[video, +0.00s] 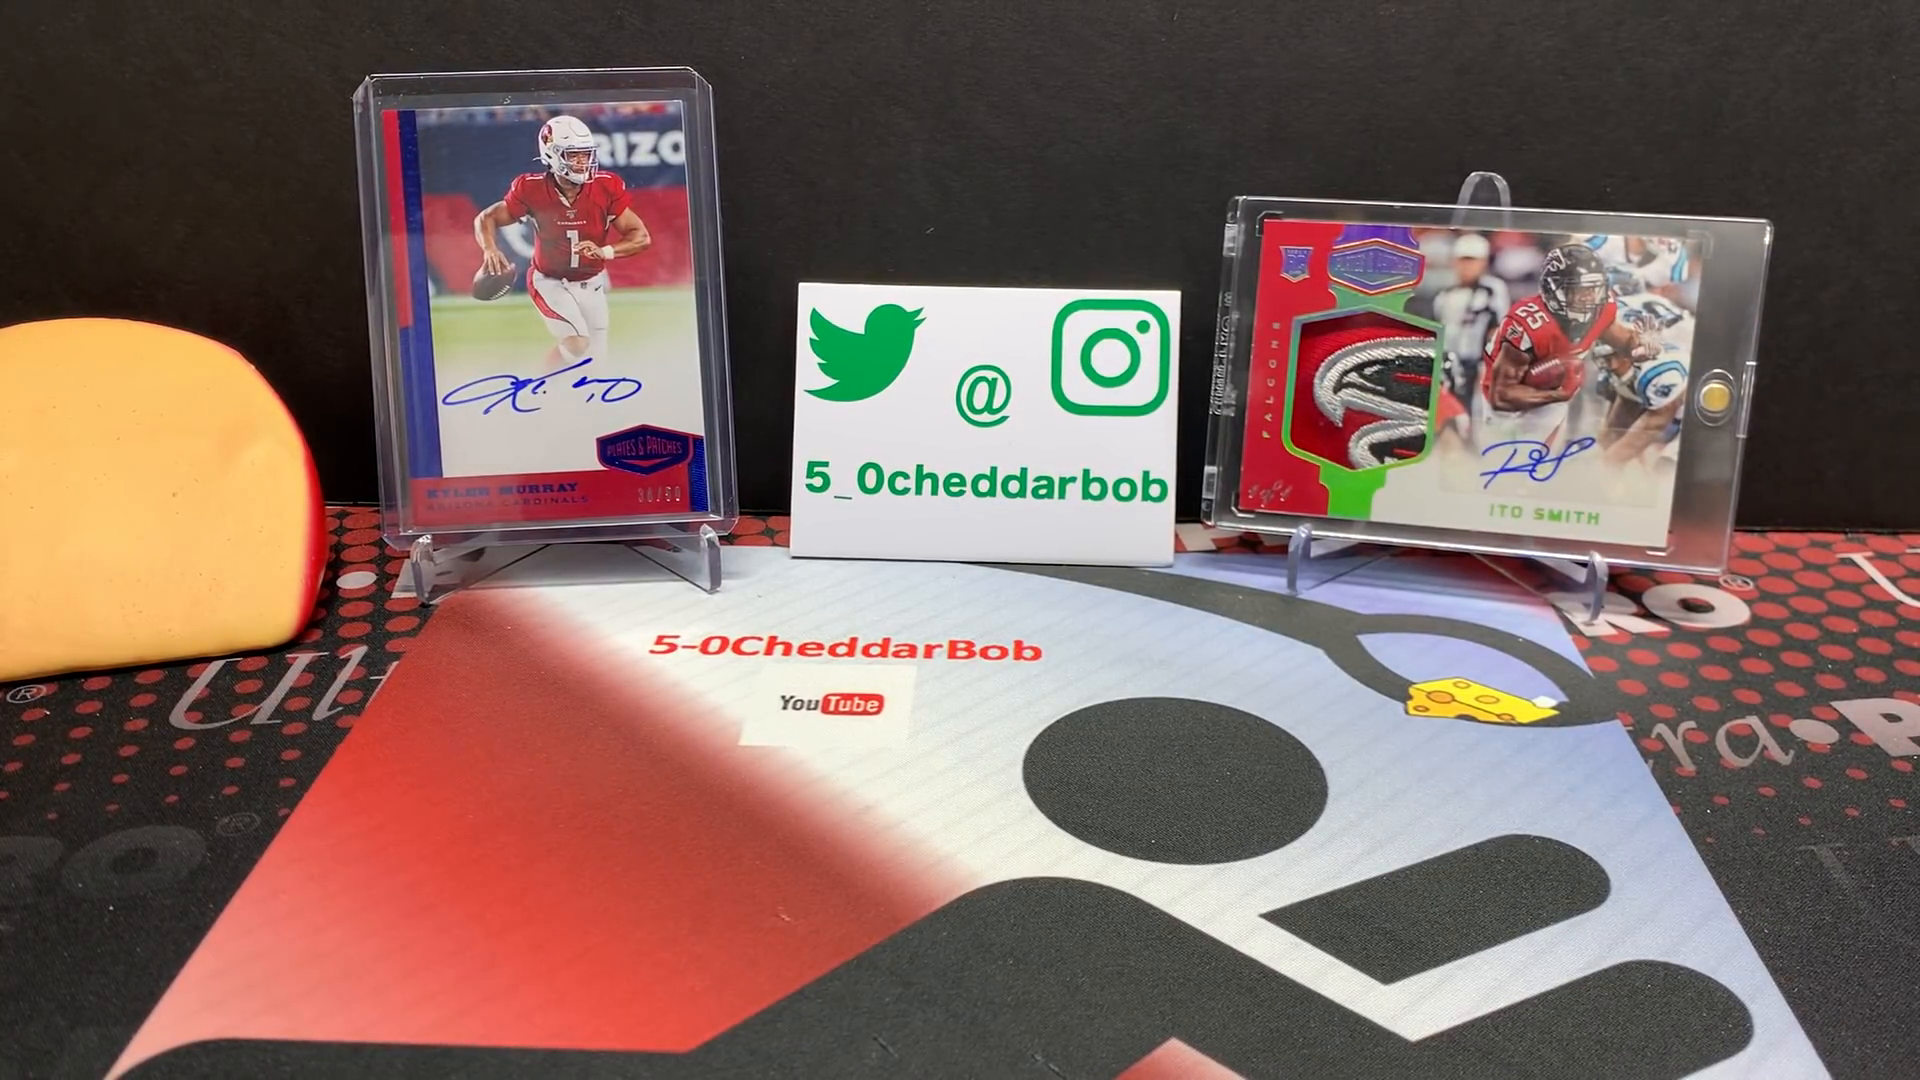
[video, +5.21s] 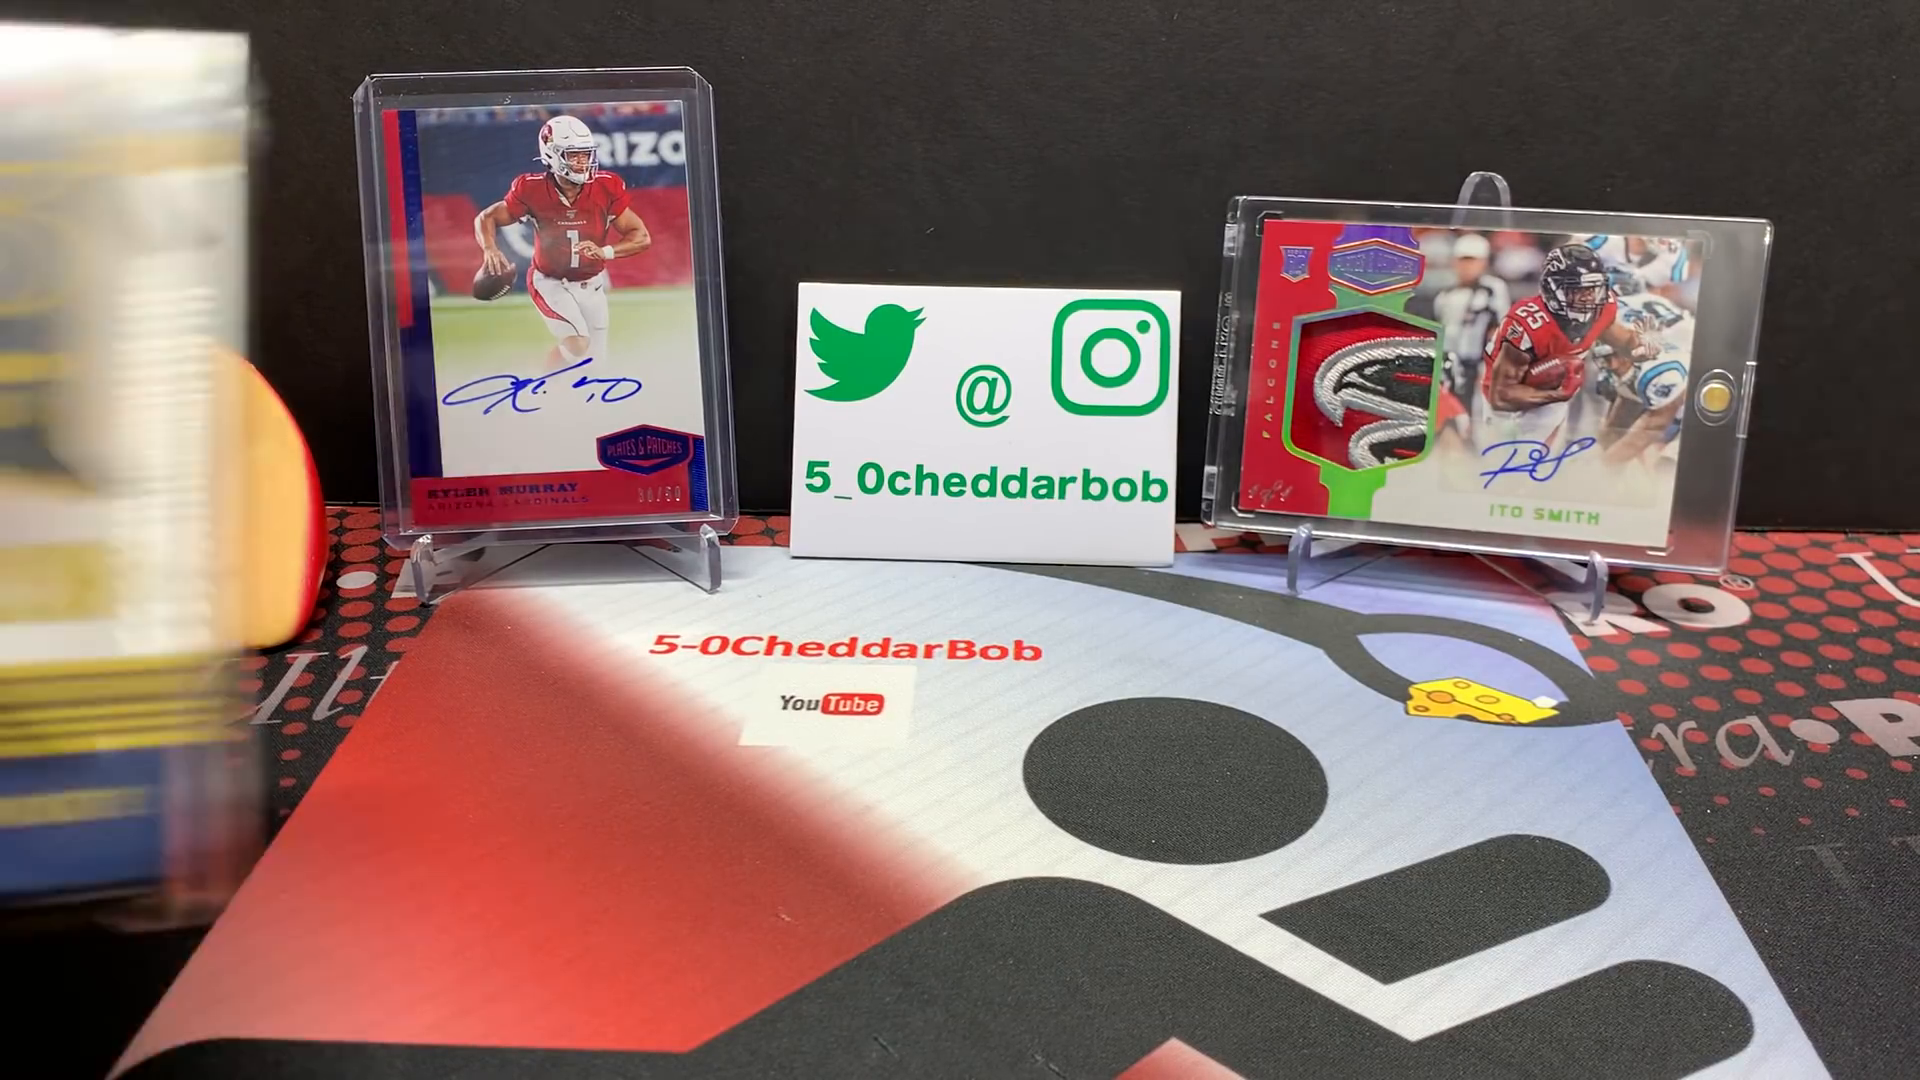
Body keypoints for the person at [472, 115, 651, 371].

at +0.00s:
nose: (580, 162)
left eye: (585, 155)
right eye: (573, 156)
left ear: (592, 154)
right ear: (552, 155)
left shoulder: (607, 187)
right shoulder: (530, 189)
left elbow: (641, 237)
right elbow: (484, 219)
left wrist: (605, 252)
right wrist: (490, 249)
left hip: (591, 282)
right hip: (549, 280)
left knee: (596, 362)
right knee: (576, 343)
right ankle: (534, 391)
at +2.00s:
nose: (581, 162)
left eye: (585, 155)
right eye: (573, 156)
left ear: (592, 154)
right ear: (552, 155)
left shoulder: (607, 187)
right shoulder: (529, 189)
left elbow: (641, 238)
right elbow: (484, 219)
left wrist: (606, 252)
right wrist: (490, 248)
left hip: (591, 283)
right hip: (548, 280)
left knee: (596, 363)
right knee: (577, 344)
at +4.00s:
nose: (580, 162)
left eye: (585, 155)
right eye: (572, 156)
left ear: (592, 154)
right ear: (552, 155)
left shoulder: (606, 187)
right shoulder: (530, 189)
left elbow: (642, 238)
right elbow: (484, 219)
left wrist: (606, 252)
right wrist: (490, 248)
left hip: (591, 283)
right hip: (549, 281)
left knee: (596, 362)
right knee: (577, 345)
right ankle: (534, 390)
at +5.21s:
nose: (580, 162)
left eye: (585, 155)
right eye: (573, 156)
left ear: (591, 154)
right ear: (552, 155)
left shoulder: (607, 187)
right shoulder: (530, 190)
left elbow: (642, 238)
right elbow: (484, 219)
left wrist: (605, 252)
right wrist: (490, 248)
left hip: (591, 283)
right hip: (548, 280)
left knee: (596, 363)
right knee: (577, 344)